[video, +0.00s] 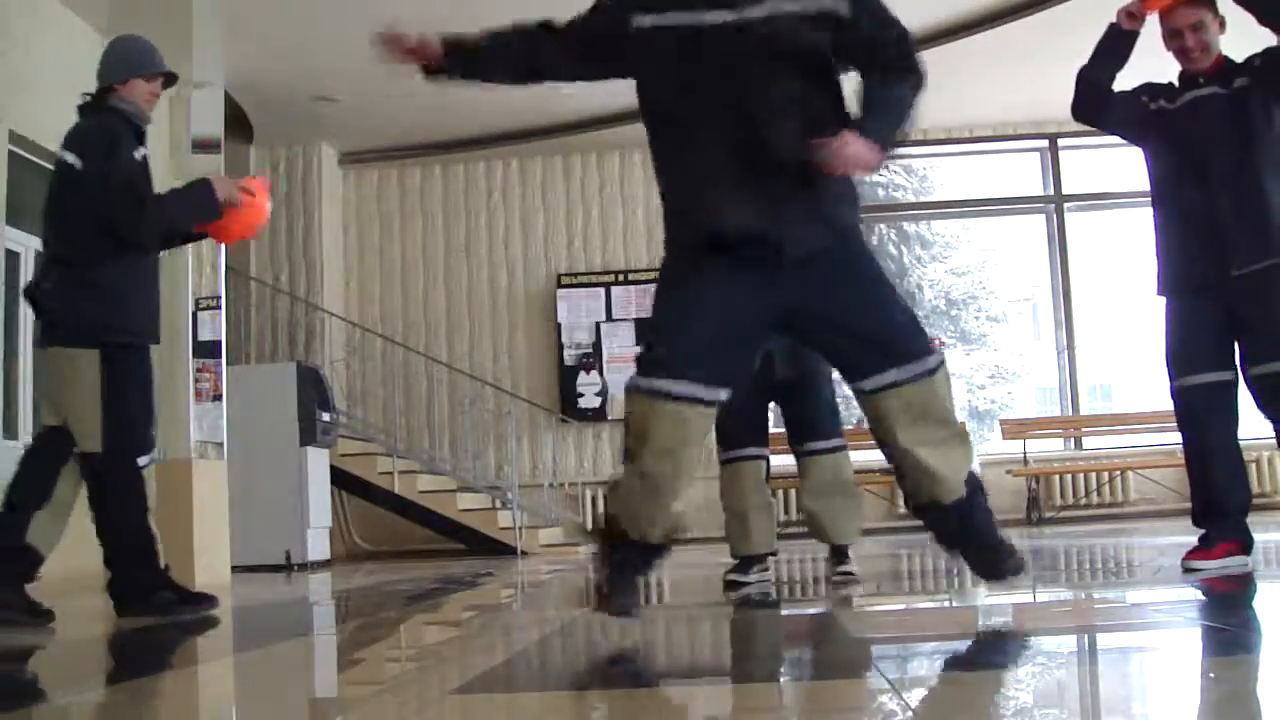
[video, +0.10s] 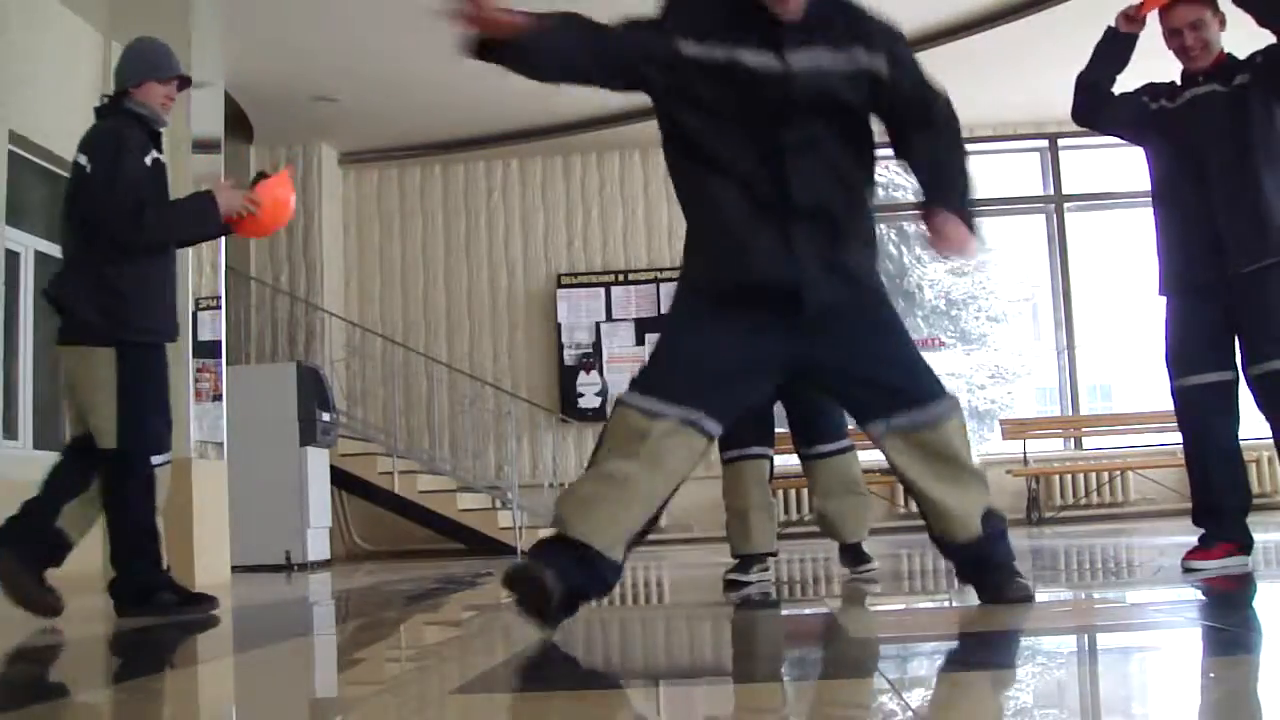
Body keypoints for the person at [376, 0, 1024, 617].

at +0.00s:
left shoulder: (821, 3)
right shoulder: (641, 17)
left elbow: (895, 59)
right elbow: (552, 49)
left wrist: (874, 133)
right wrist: (447, 56)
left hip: (821, 235)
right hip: (711, 246)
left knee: (906, 370)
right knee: (672, 399)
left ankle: (960, 515)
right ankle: (632, 550)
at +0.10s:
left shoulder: (864, 38)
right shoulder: (686, 30)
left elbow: (926, 115)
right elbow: (598, 48)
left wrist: (948, 200)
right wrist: (520, 36)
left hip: (841, 292)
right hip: (726, 294)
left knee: (924, 423)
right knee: (653, 422)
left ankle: (987, 559)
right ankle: (570, 565)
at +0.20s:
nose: (836, 55)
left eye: (850, 41)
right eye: (821, 39)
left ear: (870, 37)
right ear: (790, 27)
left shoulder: (892, 122)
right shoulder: (747, 85)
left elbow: (941, 227)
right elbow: (693, 128)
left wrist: (997, 315)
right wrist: (731, 126)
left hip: (838, 323)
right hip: (730, 319)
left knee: (920, 444)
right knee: (653, 438)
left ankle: (981, 559)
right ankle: (556, 580)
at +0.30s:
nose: (917, 129)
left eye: (927, 117)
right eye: (907, 111)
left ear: (933, 104)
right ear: (867, 82)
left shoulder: (897, 166)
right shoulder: (798, 143)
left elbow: (906, 268)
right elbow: (846, 261)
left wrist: (947, 341)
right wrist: (946, 344)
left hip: (804, 328)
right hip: (710, 321)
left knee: (889, 440)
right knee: (668, 453)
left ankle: (970, 557)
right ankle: (539, 600)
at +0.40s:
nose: (993, 206)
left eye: (1004, 192)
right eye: (990, 187)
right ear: (949, 151)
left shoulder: (874, 173)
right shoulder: (861, 216)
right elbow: (931, 358)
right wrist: (1023, 484)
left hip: (755, 315)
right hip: (678, 295)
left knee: (803, 437)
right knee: (711, 469)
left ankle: (861, 555)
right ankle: (536, 577)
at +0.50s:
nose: (1061, 284)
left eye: (1070, 271)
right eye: (1064, 265)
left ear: (1027, 219)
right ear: (1032, 234)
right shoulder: (943, 284)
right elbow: (982, 438)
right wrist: (1038, 597)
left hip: (737, 290)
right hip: (688, 293)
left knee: (724, 471)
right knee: (712, 484)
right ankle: (522, 566)